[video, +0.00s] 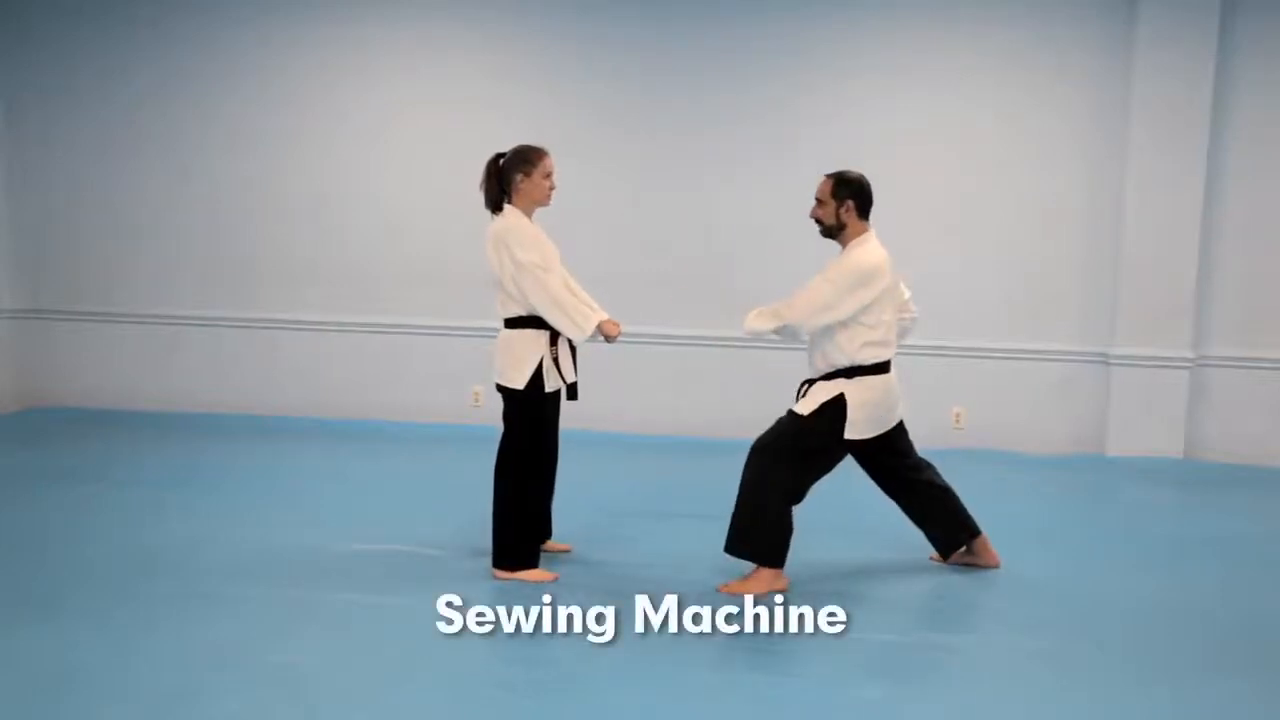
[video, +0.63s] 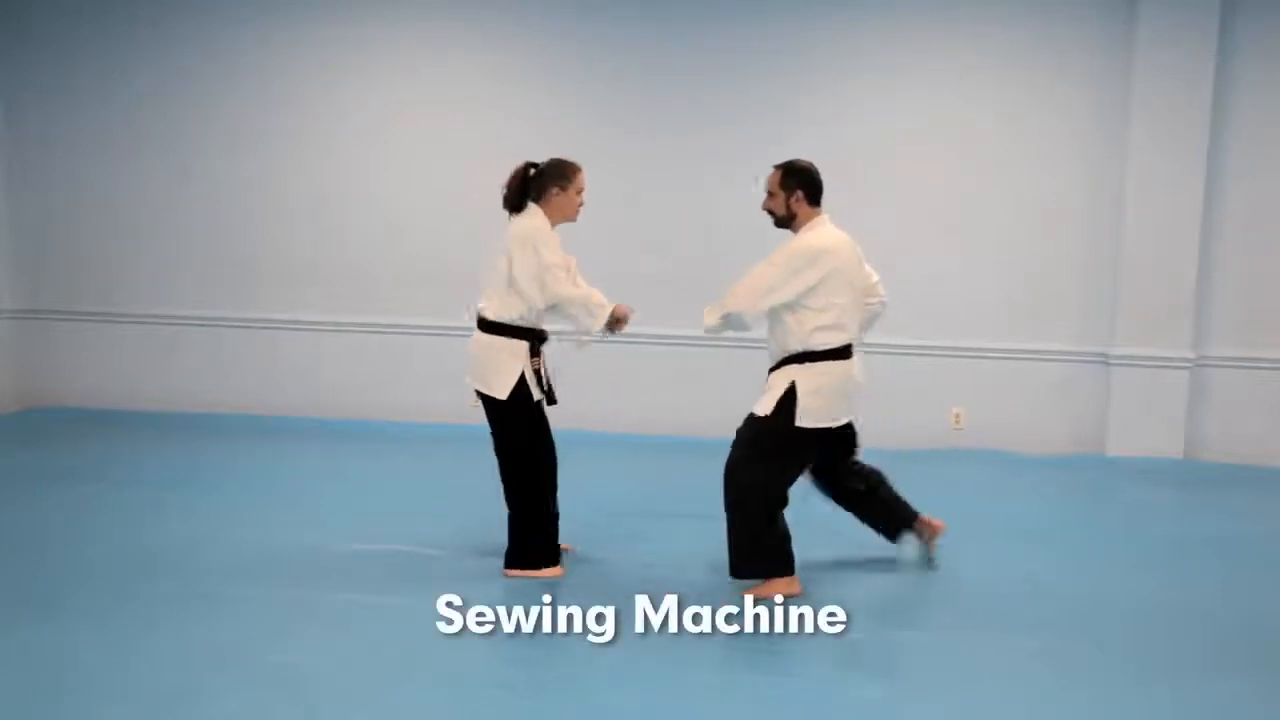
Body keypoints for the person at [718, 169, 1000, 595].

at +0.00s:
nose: (812, 212)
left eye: (819, 203)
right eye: (815, 202)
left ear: (847, 209)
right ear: (850, 210)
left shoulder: (858, 261)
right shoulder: (875, 257)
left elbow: (801, 317)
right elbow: (906, 314)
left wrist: (753, 321)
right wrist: (867, 350)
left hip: (845, 397)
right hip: (874, 392)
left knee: (770, 457)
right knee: (906, 471)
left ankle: (768, 571)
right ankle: (973, 547)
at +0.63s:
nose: (764, 202)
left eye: (771, 194)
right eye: (765, 194)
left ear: (797, 198)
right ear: (804, 198)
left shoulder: (805, 248)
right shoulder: (842, 243)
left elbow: (743, 305)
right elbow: (874, 299)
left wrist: (720, 316)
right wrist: (838, 337)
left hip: (801, 386)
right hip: (838, 381)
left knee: (750, 473)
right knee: (836, 470)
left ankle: (776, 578)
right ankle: (917, 525)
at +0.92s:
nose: (691, 199)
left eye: (697, 191)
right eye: (693, 190)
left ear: (724, 195)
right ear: (730, 195)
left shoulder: (732, 243)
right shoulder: (765, 237)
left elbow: (701, 310)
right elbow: (775, 299)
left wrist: (673, 335)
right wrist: (719, 332)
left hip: (744, 378)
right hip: (756, 372)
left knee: (731, 485)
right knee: (674, 433)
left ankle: (771, 579)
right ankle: (626, 512)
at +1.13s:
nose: (645, 211)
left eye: (653, 204)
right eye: (646, 203)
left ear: (679, 209)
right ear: (675, 209)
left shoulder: (701, 262)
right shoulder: (659, 260)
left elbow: (736, 322)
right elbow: (607, 287)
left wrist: (687, 355)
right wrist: (543, 293)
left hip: (697, 398)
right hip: (661, 392)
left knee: (699, 490)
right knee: (608, 441)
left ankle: (790, 559)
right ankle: (593, 533)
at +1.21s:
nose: (634, 221)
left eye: (642, 214)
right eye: (635, 213)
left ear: (669, 219)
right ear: (663, 219)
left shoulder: (691, 270)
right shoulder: (640, 265)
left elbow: (727, 328)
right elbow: (577, 274)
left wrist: (680, 362)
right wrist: (512, 282)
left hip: (687, 405)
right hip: (651, 400)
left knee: (699, 493)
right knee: (594, 437)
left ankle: (803, 573)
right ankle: (591, 529)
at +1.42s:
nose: (622, 229)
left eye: (629, 221)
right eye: (624, 220)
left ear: (656, 228)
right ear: (651, 228)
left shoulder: (677, 280)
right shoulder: (626, 275)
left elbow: (718, 340)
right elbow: (566, 292)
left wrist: (667, 373)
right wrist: (506, 276)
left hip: (674, 412)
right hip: (638, 406)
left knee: (708, 500)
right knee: (578, 438)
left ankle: (804, 578)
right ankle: (592, 531)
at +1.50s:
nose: (619, 230)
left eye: (627, 224)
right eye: (621, 222)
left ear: (653, 229)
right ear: (649, 229)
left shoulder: (674, 280)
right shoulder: (626, 275)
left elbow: (714, 340)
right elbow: (570, 290)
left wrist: (663, 374)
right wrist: (507, 280)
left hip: (672, 411)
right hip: (636, 405)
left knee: (706, 500)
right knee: (578, 438)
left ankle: (805, 578)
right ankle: (592, 530)